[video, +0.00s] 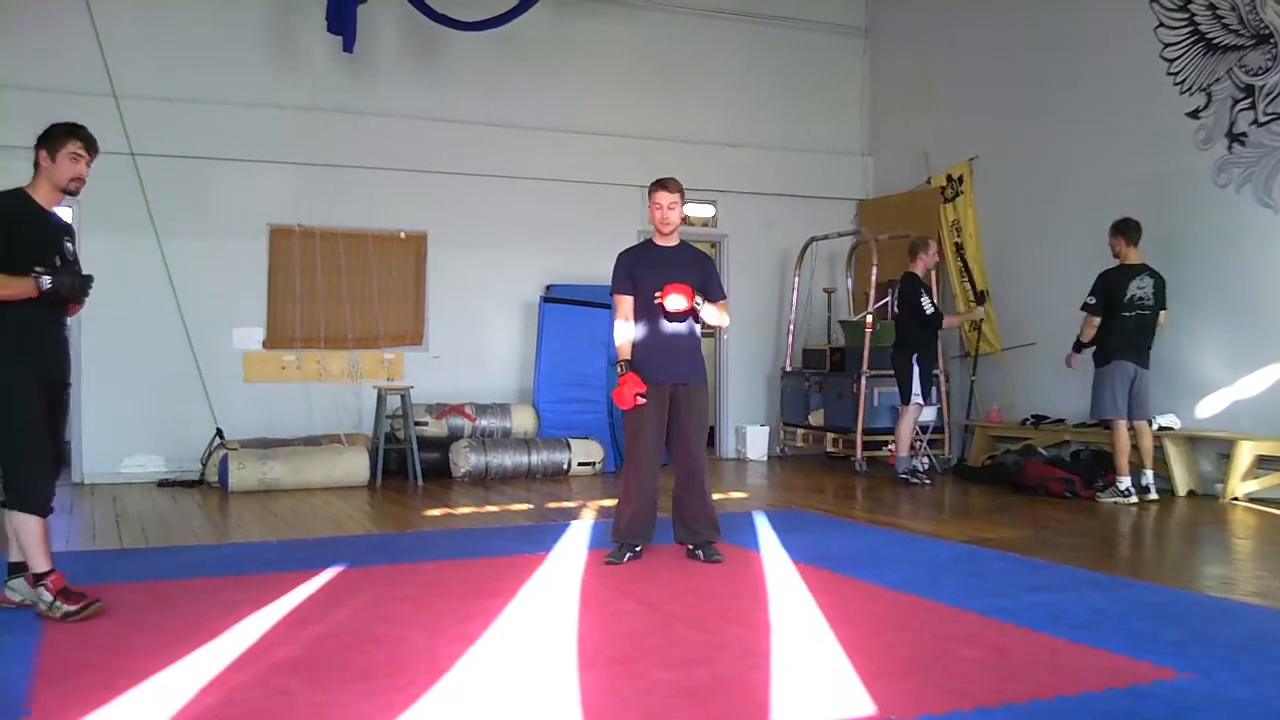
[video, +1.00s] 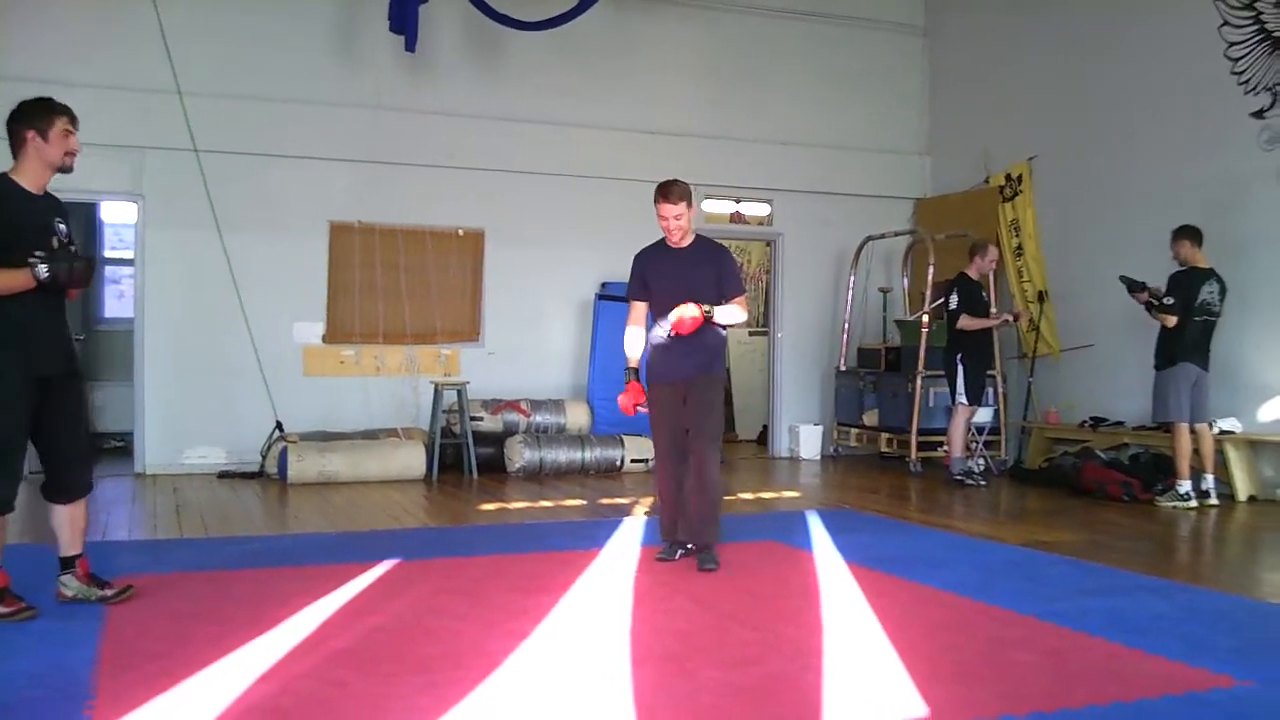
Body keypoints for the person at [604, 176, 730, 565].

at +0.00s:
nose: (665, 212)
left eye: (672, 206)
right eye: (658, 206)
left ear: (682, 210)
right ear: (649, 210)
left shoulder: (700, 260)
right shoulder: (630, 259)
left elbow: (721, 318)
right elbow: (623, 319)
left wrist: (695, 304)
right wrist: (625, 366)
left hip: (690, 375)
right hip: (645, 374)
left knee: (692, 459)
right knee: (640, 459)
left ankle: (699, 538)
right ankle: (631, 539)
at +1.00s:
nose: (671, 225)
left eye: (678, 217)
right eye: (664, 218)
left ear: (692, 212)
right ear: (656, 216)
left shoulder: (717, 256)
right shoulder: (646, 260)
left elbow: (741, 311)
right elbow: (636, 321)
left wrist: (705, 312)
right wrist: (632, 375)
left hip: (706, 373)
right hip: (662, 374)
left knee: (704, 455)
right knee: (667, 455)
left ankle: (704, 543)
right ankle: (675, 537)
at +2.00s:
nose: (714, 228)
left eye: (723, 222)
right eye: (709, 219)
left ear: (740, 211)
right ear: (701, 206)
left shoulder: (755, 256)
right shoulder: (686, 236)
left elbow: (777, 319)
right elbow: (670, 297)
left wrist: (737, 325)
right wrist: (654, 353)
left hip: (726, 374)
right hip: (680, 367)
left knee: (732, 462)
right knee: (662, 443)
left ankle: (733, 546)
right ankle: (706, 484)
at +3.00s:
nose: (652, 150)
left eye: (656, 142)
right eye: (642, 144)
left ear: (665, 147)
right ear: (628, 154)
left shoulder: (693, 194)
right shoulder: (621, 206)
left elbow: (721, 253)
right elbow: (616, 271)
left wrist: (676, 260)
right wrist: (610, 329)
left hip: (691, 316)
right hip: (646, 318)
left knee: (697, 399)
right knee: (646, 405)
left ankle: (687, 456)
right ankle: (652, 495)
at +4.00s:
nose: (741, 159)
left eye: (746, 154)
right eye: (734, 153)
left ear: (751, 161)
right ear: (718, 159)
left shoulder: (759, 213)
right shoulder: (693, 204)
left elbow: (768, 264)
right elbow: (680, 262)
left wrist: (760, 276)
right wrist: (679, 312)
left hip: (742, 324)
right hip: (700, 320)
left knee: (731, 404)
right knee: (690, 403)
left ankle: (723, 478)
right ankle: (679, 481)